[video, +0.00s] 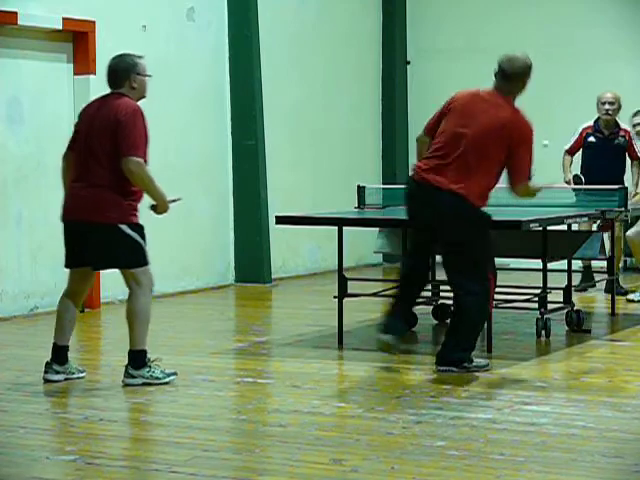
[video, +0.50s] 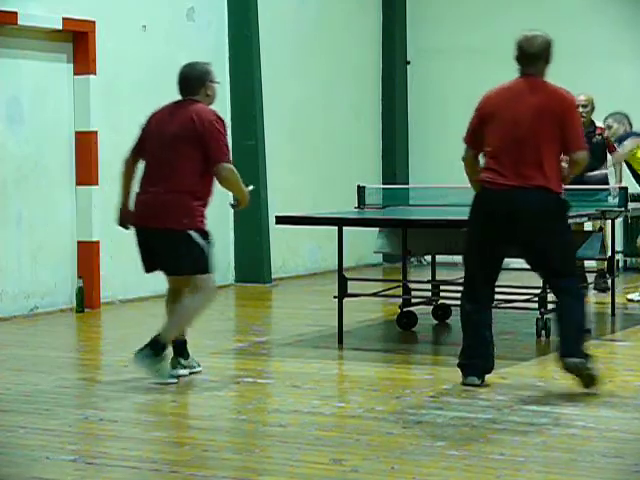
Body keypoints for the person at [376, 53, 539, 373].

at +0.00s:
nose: (521, 85)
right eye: (524, 80)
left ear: (495, 75)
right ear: (524, 83)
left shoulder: (462, 98)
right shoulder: (518, 125)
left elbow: (424, 139)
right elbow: (519, 187)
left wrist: (426, 177)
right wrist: (532, 190)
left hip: (421, 193)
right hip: (460, 206)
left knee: (419, 257)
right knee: (476, 282)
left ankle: (395, 325)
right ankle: (454, 357)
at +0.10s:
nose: (520, 66)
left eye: (516, 59)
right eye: (521, 61)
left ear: (490, 59)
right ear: (519, 63)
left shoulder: (462, 88)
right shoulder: (521, 105)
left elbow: (432, 133)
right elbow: (534, 163)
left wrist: (445, 168)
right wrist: (556, 162)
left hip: (437, 191)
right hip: (479, 199)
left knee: (440, 264)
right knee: (477, 276)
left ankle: (432, 335)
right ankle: (460, 356)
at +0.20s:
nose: (515, 56)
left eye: (500, 50)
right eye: (515, 51)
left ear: (484, 52)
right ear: (515, 53)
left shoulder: (460, 88)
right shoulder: (522, 92)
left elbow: (443, 138)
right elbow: (540, 147)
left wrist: (469, 155)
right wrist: (561, 147)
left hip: (453, 193)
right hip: (497, 196)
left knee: (461, 270)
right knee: (489, 274)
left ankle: (469, 352)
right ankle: (471, 354)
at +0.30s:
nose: (515, 59)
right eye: (516, 54)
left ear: (484, 57)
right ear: (515, 56)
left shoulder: (465, 96)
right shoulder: (527, 93)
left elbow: (454, 147)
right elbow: (546, 148)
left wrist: (490, 151)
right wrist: (565, 147)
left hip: (466, 199)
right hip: (511, 200)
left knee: (474, 281)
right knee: (514, 283)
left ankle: (472, 367)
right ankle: (488, 360)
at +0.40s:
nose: (511, 63)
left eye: (503, 57)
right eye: (521, 57)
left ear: (497, 59)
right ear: (528, 59)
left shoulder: (477, 99)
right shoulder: (542, 98)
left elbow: (463, 156)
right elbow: (561, 158)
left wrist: (497, 163)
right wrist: (553, 150)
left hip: (478, 203)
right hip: (526, 204)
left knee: (475, 285)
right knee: (545, 275)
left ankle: (474, 369)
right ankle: (533, 354)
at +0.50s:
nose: (539, 65)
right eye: (544, 58)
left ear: (516, 60)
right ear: (547, 61)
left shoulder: (492, 99)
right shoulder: (562, 101)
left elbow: (470, 157)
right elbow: (580, 159)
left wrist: (483, 190)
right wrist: (563, 177)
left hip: (492, 204)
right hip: (542, 207)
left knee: (477, 287)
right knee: (568, 281)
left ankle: (473, 370)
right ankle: (573, 352)